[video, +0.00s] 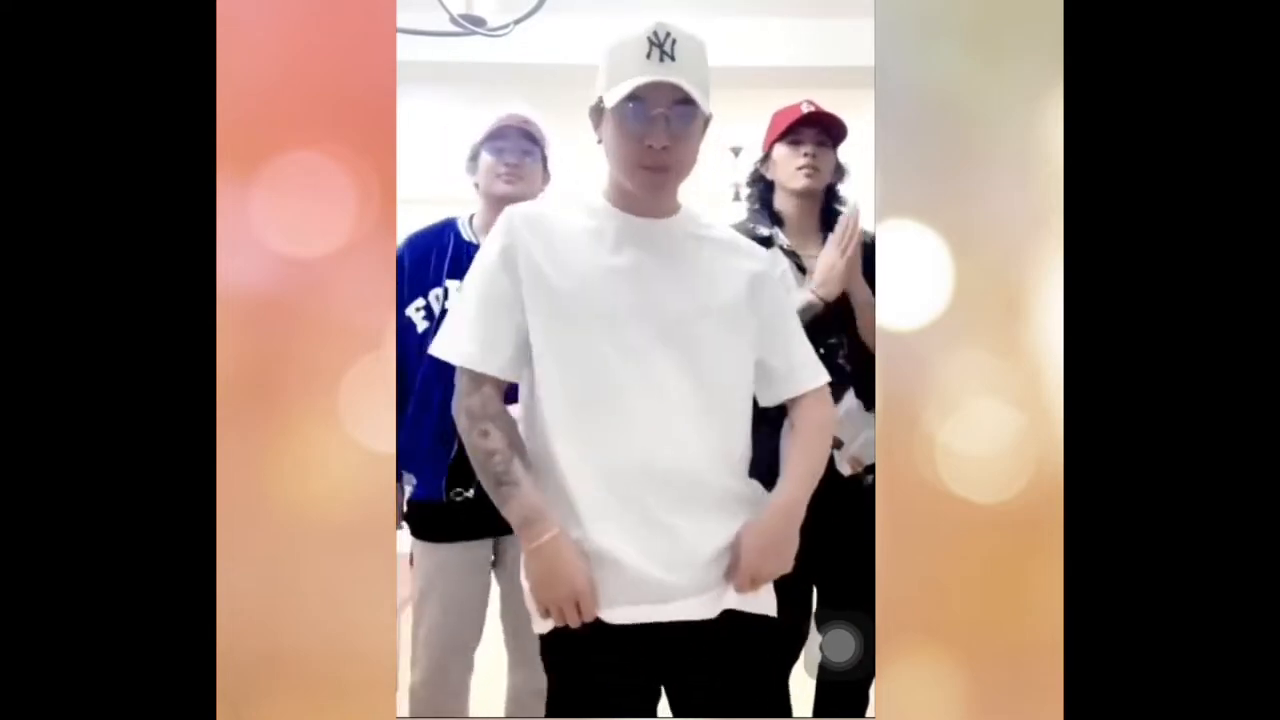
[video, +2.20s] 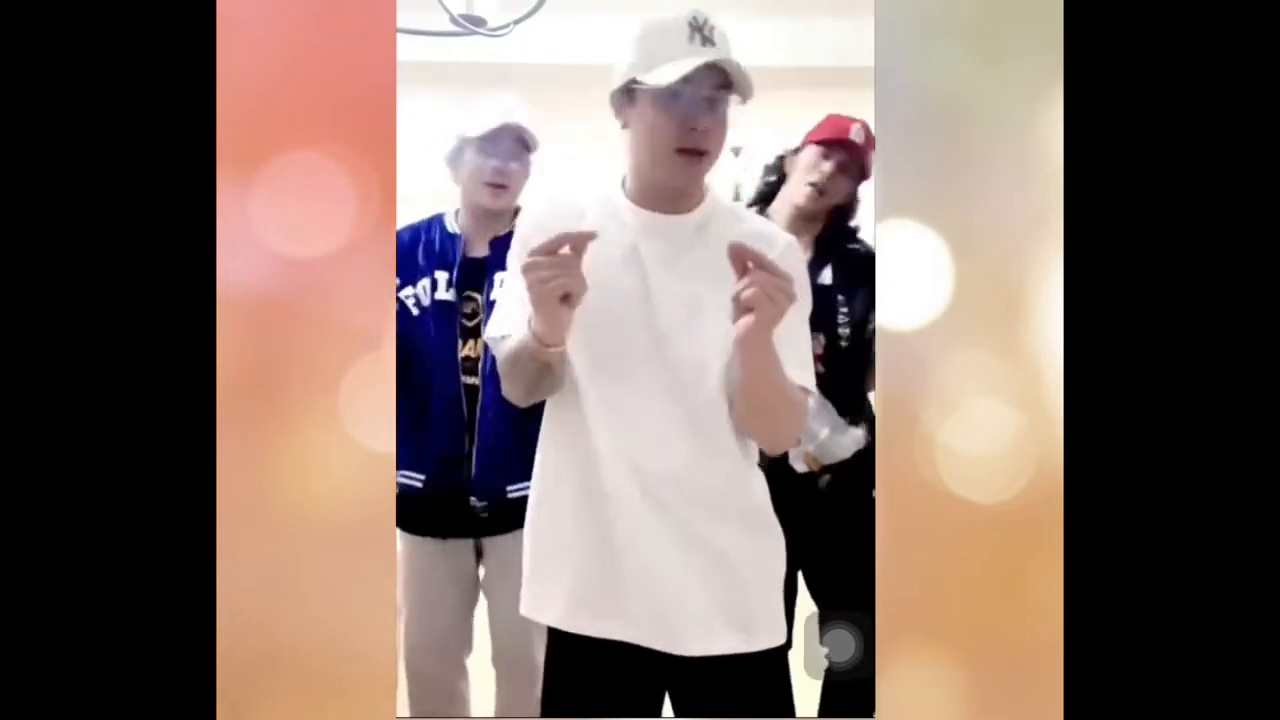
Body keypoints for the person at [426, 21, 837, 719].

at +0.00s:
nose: (658, 134)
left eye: (680, 113)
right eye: (637, 111)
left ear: (705, 131)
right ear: (598, 123)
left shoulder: (752, 266)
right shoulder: (529, 238)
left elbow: (813, 403)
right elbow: (476, 399)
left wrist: (783, 515)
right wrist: (540, 535)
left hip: (729, 610)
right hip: (593, 610)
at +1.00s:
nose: (650, 139)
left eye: (672, 117)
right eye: (627, 116)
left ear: (701, 137)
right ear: (594, 136)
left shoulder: (772, 266)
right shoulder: (543, 276)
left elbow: (844, 419)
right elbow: (503, 433)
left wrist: (820, 507)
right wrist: (531, 503)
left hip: (743, 654)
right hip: (587, 655)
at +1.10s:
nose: (658, 119)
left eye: (680, 99)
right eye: (635, 99)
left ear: (709, 121)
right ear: (601, 121)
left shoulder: (766, 244)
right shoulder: (551, 247)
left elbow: (831, 407)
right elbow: (501, 416)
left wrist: (781, 310)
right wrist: (549, 339)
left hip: (737, 610)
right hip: (592, 612)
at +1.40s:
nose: (661, 173)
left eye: (683, 147)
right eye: (640, 147)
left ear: (713, 144)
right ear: (604, 140)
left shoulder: (761, 249)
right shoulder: (549, 244)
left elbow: (794, 420)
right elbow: (513, 413)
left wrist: (753, 322)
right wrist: (560, 318)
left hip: (728, 619)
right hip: (585, 620)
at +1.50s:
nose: (663, 219)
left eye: (683, 199)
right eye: (645, 198)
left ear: (721, 149)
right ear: (603, 142)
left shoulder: (769, 233)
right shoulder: (543, 223)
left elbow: (811, 367)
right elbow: (497, 357)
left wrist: (774, 366)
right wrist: (547, 363)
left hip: (728, 598)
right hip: (585, 599)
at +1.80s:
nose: (661, 189)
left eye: (685, 162)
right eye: (638, 161)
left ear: (717, 166)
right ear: (599, 158)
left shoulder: (769, 271)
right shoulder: (535, 261)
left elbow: (787, 448)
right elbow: (502, 431)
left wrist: (758, 388)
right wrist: (558, 402)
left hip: (718, 604)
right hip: (580, 606)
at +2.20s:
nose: (701, 118)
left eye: (719, 97)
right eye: (676, 91)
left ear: (732, 116)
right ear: (623, 107)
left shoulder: (767, 250)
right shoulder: (559, 223)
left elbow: (780, 435)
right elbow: (518, 391)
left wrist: (755, 343)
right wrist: (548, 333)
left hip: (728, 597)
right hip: (595, 591)